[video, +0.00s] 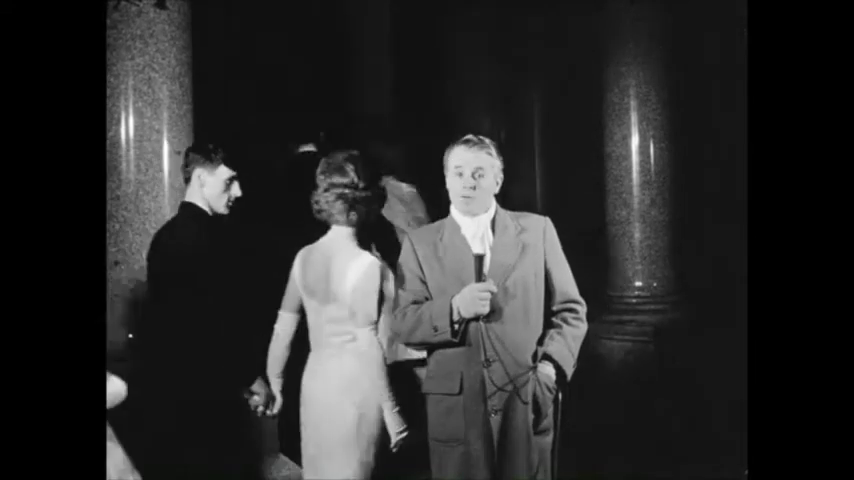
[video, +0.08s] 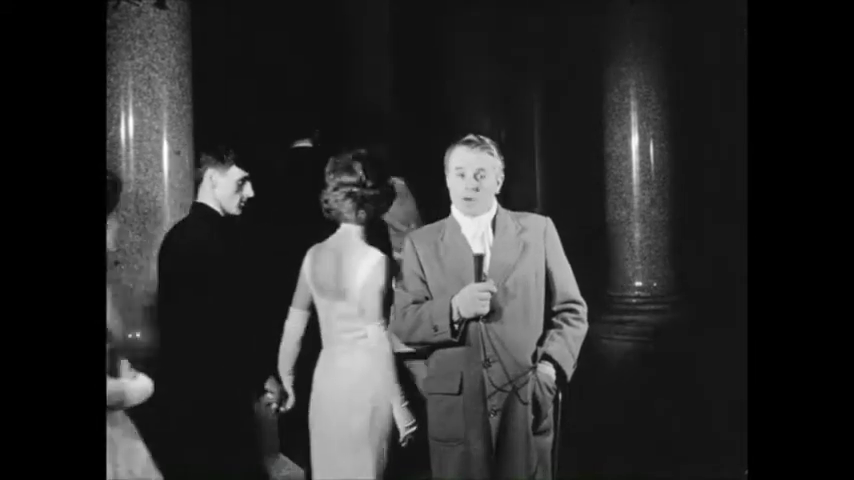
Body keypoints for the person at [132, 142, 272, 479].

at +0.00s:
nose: (238, 192)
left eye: (237, 182)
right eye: (229, 181)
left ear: (200, 179)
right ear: (199, 178)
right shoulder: (186, 239)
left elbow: (221, 320)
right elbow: (202, 326)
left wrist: (251, 377)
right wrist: (249, 379)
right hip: (197, 393)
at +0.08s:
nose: (250, 193)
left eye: (250, 182)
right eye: (241, 182)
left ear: (213, 180)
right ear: (212, 178)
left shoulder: (183, 235)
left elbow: (234, 319)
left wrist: (263, 375)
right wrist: (262, 377)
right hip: (210, 393)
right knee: (233, 469)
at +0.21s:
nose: (271, 195)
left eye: (270, 185)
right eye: (263, 184)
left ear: (234, 181)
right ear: (234, 180)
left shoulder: (197, 236)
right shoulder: (243, 238)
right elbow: (253, 318)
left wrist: (285, 375)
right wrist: (285, 375)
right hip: (238, 384)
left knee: (219, 469)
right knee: (251, 467)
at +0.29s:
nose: (284, 196)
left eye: (285, 186)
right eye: (278, 184)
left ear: (249, 178)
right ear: (252, 176)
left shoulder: (211, 223)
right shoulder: (262, 234)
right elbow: (278, 315)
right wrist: (301, 373)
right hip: (257, 372)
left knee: (226, 463)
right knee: (262, 462)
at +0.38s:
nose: (292, 195)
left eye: (295, 187)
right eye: (292, 184)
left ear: (264, 173)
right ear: (273, 175)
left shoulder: (219, 219)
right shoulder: (276, 229)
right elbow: (292, 307)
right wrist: (314, 370)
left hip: (229, 360)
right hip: (271, 362)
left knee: (238, 456)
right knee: (274, 458)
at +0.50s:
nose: (308, 198)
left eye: (311, 189)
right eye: (309, 187)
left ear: (272, 171)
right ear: (297, 179)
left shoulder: (231, 221)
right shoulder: (287, 235)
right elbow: (301, 312)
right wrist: (314, 363)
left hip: (240, 365)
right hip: (284, 367)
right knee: (290, 460)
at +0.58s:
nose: (320, 197)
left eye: (322, 188)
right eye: (323, 187)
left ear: (282, 174)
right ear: (311, 180)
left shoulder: (240, 222)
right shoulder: (301, 235)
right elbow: (306, 315)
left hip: (247, 369)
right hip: (295, 371)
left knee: (257, 463)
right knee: (303, 462)